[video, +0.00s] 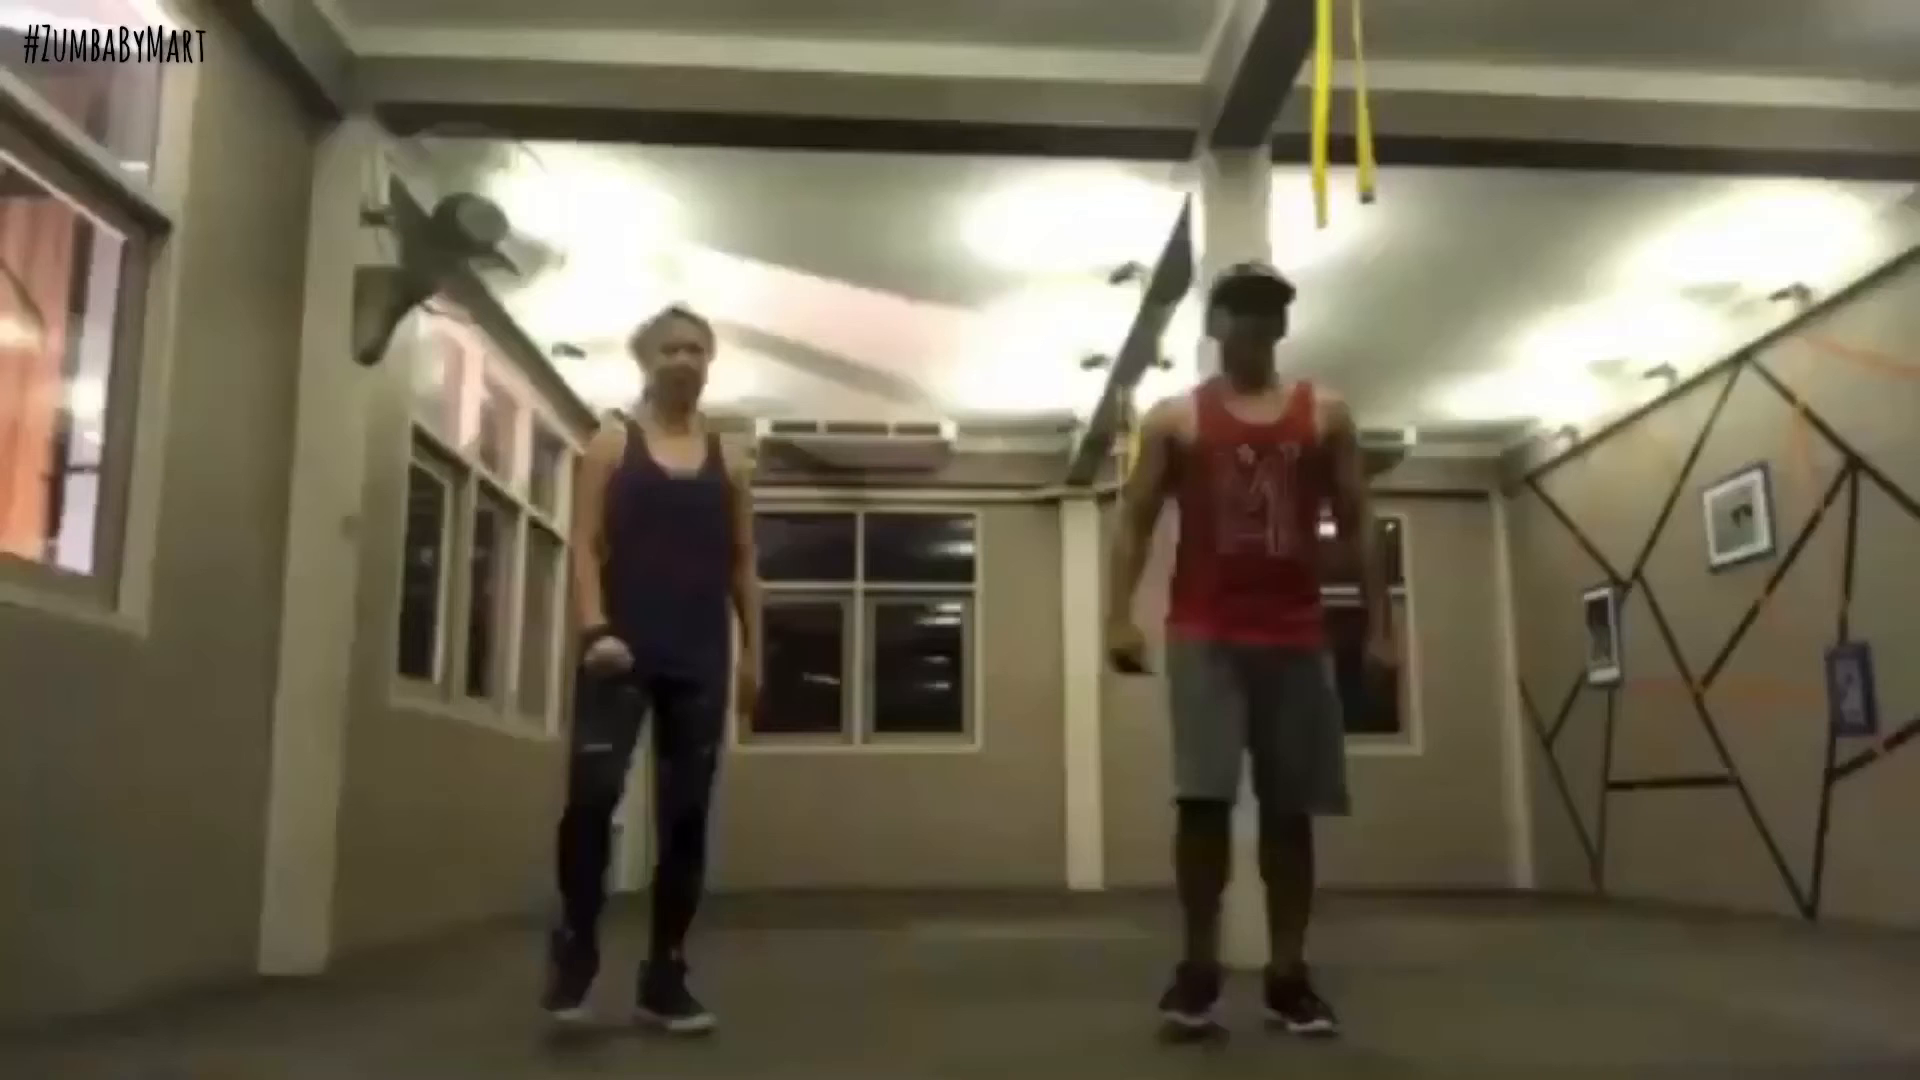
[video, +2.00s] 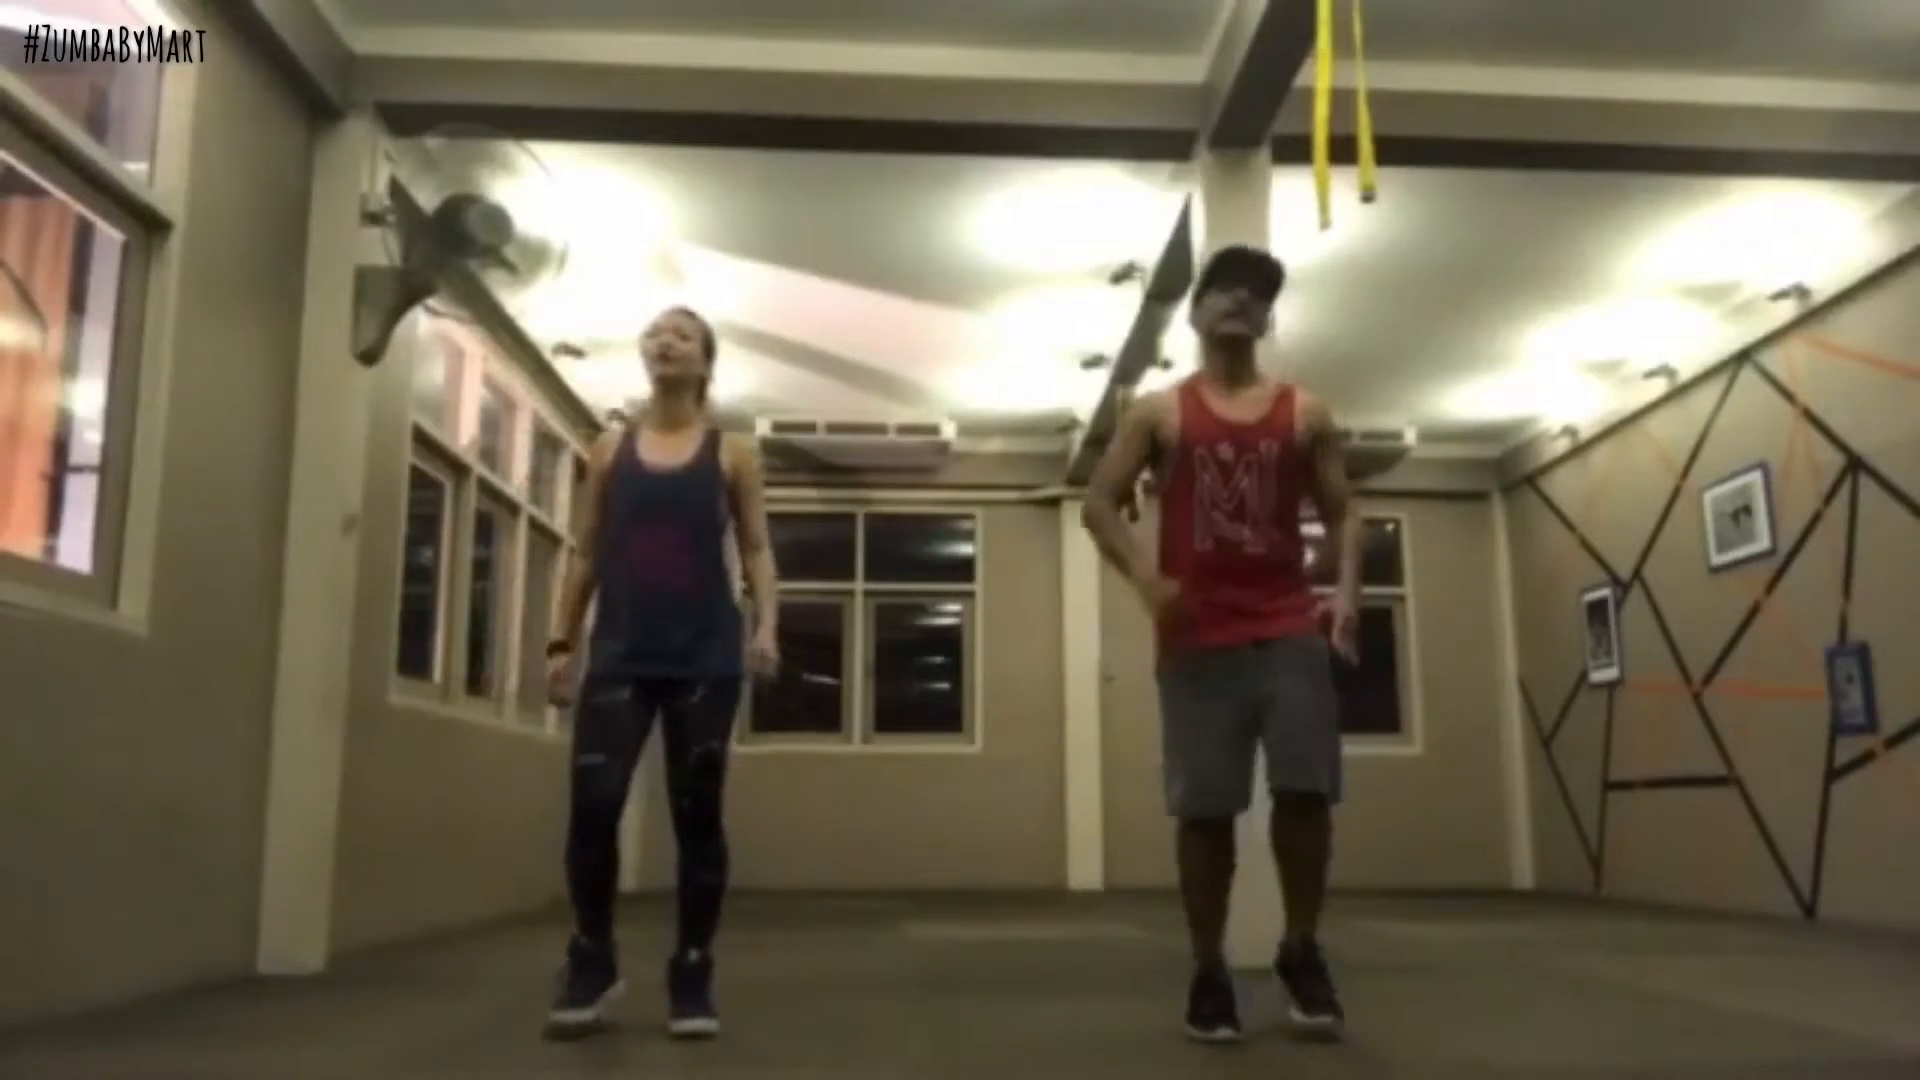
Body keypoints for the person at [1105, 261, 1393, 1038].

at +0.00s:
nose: (1253, 333)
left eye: (1267, 319)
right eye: (1239, 317)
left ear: (1283, 326)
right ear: (1214, 324)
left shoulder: (1324, 416)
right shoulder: (1174, 422)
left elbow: (1358, 527)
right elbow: (1136, 524)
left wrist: (1376, 628)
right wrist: (1118, 617)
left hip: (1296, 637)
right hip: (1204, 634)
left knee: (1290, 810)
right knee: (1203, 804)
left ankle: (1289, 977)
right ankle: (1198, 972)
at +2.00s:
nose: (1235, 304)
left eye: (1250, 294)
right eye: (1221, 292)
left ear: (1269, 313)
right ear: (1195, 309)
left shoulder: (1304, 414)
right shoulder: (1159, 411)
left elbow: (1343, 511)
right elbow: (1100, 505)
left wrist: (1346, 592)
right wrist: (1147, 581)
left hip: (1292, 630)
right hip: (1199, 638)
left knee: (1305, 796)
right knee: (1205, 810)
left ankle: (1301, 951)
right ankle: (1209, 974)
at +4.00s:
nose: (1223, 344)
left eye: (1237, 332)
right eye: (1209, 332)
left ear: (1254, 343)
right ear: (1186, 342)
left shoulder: (1287, 434)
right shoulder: (1154, 433)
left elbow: (1321, 530)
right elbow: (1110, 527)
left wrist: (1320, 602)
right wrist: (1172, 582)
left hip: (1271, 639)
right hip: (1187, 647)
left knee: (1290, 784)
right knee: (1196, 808)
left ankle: (1284, 931)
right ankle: (1200, 965)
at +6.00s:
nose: (1216, 325)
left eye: (1231, 313)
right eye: (1202, 313)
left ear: (1251, 328)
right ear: (1181, 327)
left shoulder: (1284, 423)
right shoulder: (1146, 416)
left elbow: (1320, 510)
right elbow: (1088, 496)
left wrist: (1327, 559)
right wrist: (1166, 517)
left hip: (1260, 629)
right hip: (1175, 637)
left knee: (1270, 783)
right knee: (1187, 806)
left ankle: (1271, 920)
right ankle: (1190, 965)